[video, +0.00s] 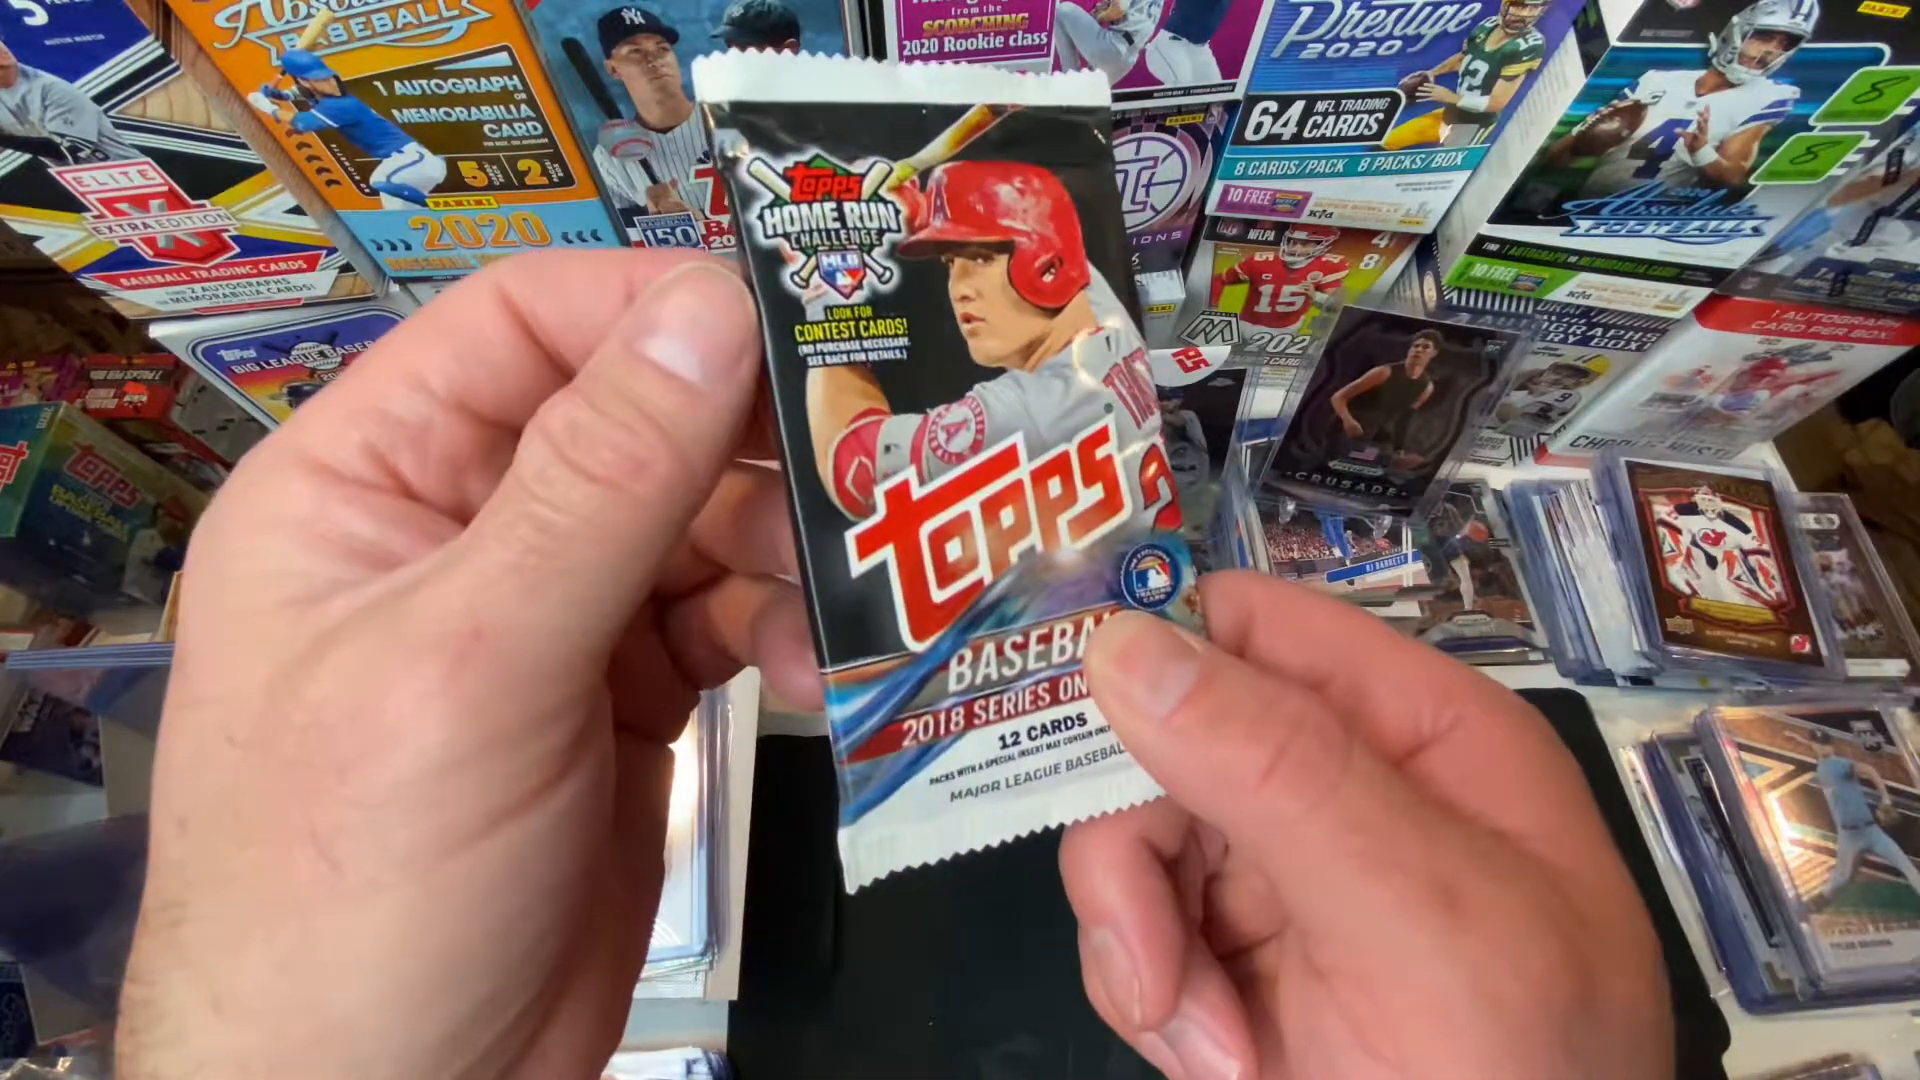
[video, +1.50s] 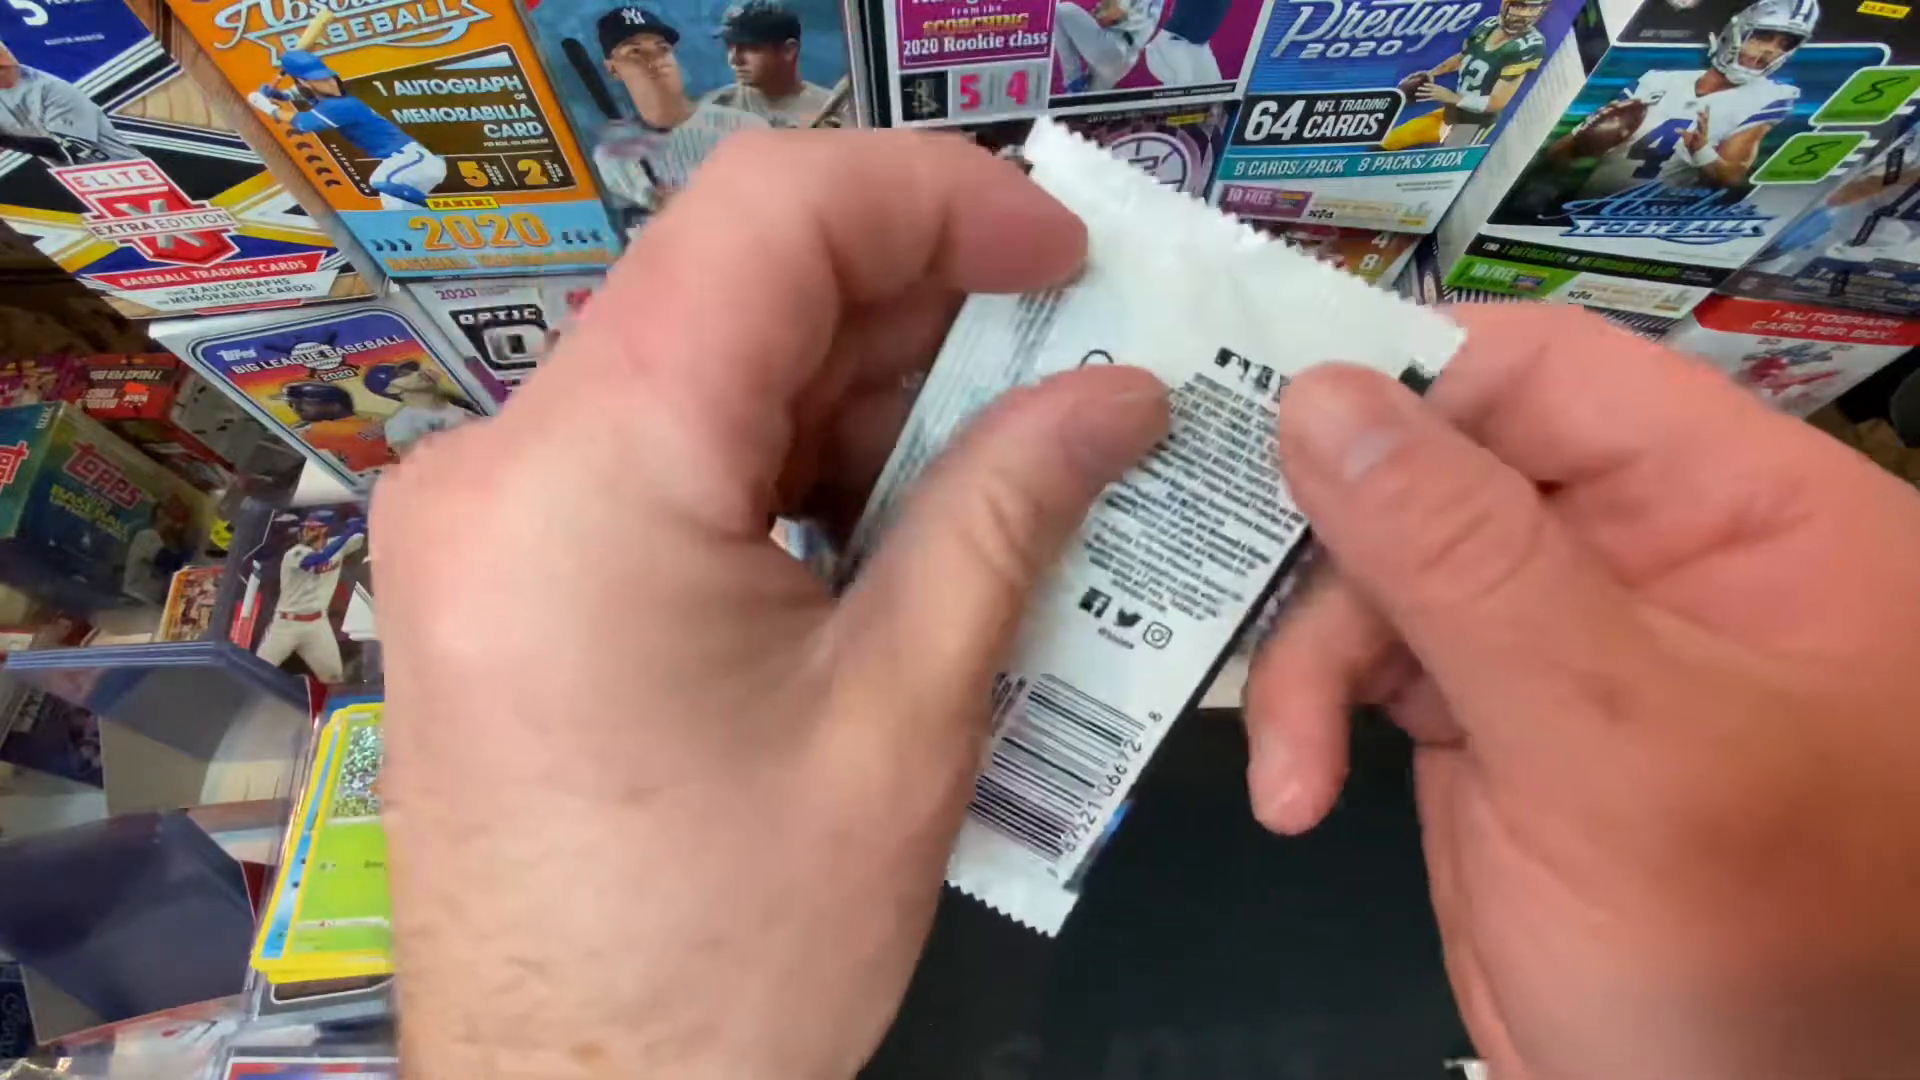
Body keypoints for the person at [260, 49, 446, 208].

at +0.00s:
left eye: (302, 82)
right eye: (321, 77)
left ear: (308, 83)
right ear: (307, 82)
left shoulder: (341, 106)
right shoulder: (332, 103)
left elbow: (300, 122)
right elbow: (300, 94)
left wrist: (271, 109)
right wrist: (276, 94)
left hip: (414, 158)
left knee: (380, 179)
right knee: (398, 218)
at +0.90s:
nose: (329, 79)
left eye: (303, 82)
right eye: (321, 77)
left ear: (308, 83)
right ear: (307, 84)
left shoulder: (343, 106)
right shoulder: (331, 102)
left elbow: (299, 122)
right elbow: (301, 92)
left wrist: (270, 109)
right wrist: (276, 95)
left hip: (415, 158)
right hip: (405, 167)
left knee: (381, 180)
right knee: (398, 221)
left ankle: (435, 212)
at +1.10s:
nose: (303, 88)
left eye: (303, 83)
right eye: (304, 83)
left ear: (311, 83)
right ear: (319, 80)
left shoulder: (341, 106)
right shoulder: (332, 100)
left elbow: (299, 122)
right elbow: (300, 93)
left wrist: (270, 108)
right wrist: (275, 93)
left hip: (415, 158)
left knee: (380, 180)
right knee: (397, 219)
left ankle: (430, 213)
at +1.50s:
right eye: (323, 77)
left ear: (306, 83)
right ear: (306, 83)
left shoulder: (343, 106)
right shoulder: (332, 104)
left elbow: (300, 122)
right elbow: (300, 93)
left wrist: (270, 109)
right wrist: (275, 95)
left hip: (416, 159)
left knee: (381, 180)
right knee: (398, 218)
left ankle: (433, 218)